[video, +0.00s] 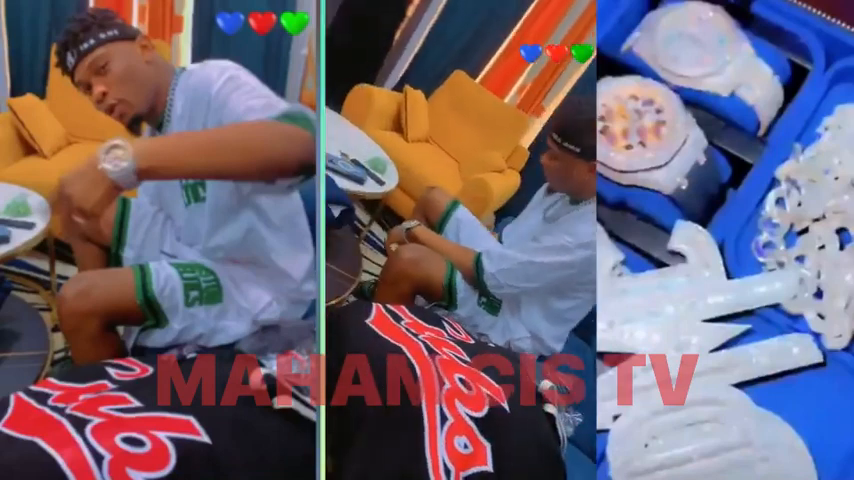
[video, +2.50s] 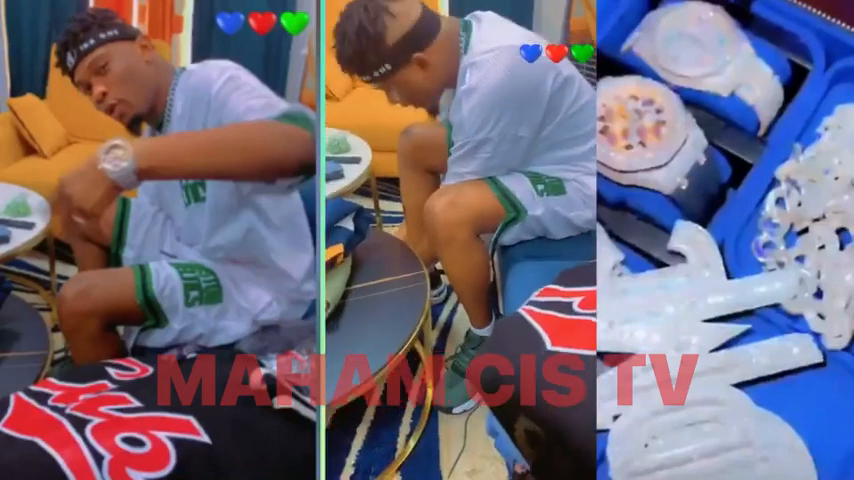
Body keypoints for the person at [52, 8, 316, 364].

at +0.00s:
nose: (97, 94)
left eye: (102, 70)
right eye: (87, 89)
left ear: (145, 48)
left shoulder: (213, 81)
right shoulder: (153, 134)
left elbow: (298, 145)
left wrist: (131, 160)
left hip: (262, 279)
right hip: (192, 252)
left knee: (80, 300)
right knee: (83, 213)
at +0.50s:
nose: (97, 94)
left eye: (102, 70)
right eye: (87, 89)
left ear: (145, 48)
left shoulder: (213, 81)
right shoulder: (153, 134)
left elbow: (299, 145)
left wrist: (131, 160)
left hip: (261, 278)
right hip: (191, 252)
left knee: (80, 300)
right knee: (83, 214)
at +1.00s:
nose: (97, 94)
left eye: (102, 70)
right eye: (87, 89)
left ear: (145, 48)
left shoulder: (214, 81)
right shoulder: (153, 134)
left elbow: (298, 146)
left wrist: (131, 160)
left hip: (262, 279)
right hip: (192, 253)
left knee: (80, 300)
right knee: (83, 213)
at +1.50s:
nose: (97, 94)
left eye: (102, 70)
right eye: (87, 89)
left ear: (145, 48)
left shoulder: (213, 81)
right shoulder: (153, 134)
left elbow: (298, 146)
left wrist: (131, 160)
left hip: (261, 278)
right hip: (192, 252)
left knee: (80, 300)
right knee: (83, 214)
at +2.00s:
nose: (97, 94)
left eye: (102, 70)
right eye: (87, 89)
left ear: (144, 48)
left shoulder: (213, 81)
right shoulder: (152, 136)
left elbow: (297, 146)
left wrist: (131, 161)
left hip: (262, 279)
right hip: (192, 253)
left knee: (79, 300)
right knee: (84, 214)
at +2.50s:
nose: (97, 94)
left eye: (102, 70)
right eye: (87, 89)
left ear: (144, 48)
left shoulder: (213, 81)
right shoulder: (153, 134)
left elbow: (298, 146)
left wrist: (131, 160)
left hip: (262, 279)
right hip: (193, 253)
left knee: (80, 300)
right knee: (83, 214)